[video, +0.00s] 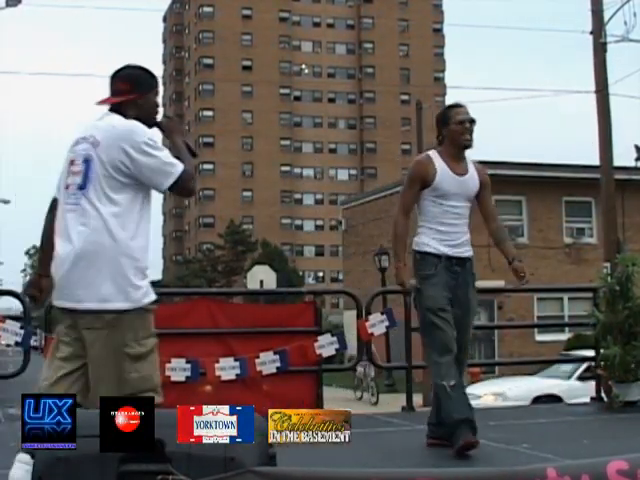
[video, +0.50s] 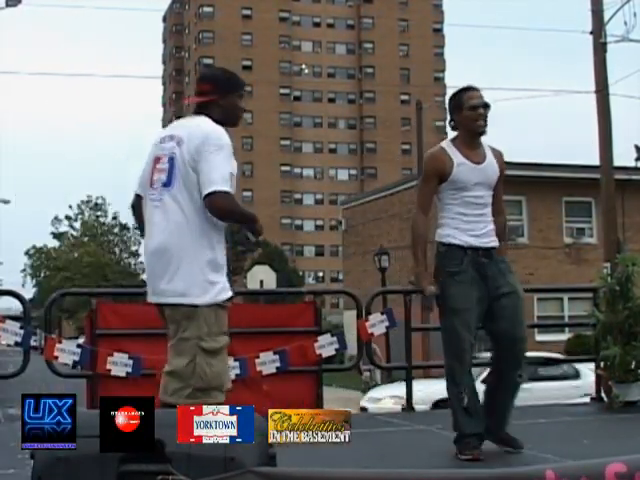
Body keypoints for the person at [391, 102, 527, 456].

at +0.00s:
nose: (467, 128)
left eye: (470, 123)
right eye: (460, 124)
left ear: (473, 129)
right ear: (442, 130)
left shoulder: (477, 173)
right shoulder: (424, 165)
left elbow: (493, 221)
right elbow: (402, 214)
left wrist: (513, 259)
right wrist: (399, 265)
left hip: (463, 264)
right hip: (430, 262)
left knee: (459, 346)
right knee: (444, 344)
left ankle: (440, 426)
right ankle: (462, 427)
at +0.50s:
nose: (482, 113)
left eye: (484, 107)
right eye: (474, 108)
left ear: (488, 113)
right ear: (455, 117)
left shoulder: (494, 158)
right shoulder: (439, 158)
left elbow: (498, 212)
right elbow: (421, 215)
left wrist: (502, 256)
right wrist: (424, 277)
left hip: (492, 260)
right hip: (456, 260)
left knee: (513, 342)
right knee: (460, 349)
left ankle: (494, 425)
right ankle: (467, 435)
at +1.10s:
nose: (533, 101)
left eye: (538, 96)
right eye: (524, 96)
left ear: (544, 104)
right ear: (508, 105)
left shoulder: (550, 155)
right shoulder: (490, 144)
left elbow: (554, 209)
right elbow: (465, 196)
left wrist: (559, 255)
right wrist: (473, 244)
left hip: (543, 258)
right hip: (501, 256)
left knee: (546, 352)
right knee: (500, 342)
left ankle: (546, 443)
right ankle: (477, 423)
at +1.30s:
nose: (536, 100)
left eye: (542, 93)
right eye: (528, 94)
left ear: (552, 99)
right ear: (515, 100)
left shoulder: (566, 147)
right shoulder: (496, 139)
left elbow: (586, 201)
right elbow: (468, 188)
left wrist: (600, 253)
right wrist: (491, 193)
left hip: (548, 256)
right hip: (503, 254)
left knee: (549, 351)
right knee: (502, 348)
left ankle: (546, 443)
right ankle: (495, 442)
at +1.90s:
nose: (506, 90)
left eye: (511, 83)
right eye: (497, 85)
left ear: (520, 86)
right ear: (481, 92)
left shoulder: (540, 131)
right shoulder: (470, 129)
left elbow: (553, 192)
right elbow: (469, 179)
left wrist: (570, 250)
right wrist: (497, 129)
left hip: (541, 249)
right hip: (493, 251)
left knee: (570, 337)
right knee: (500, 350)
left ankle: (556, 427)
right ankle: (509, 449)